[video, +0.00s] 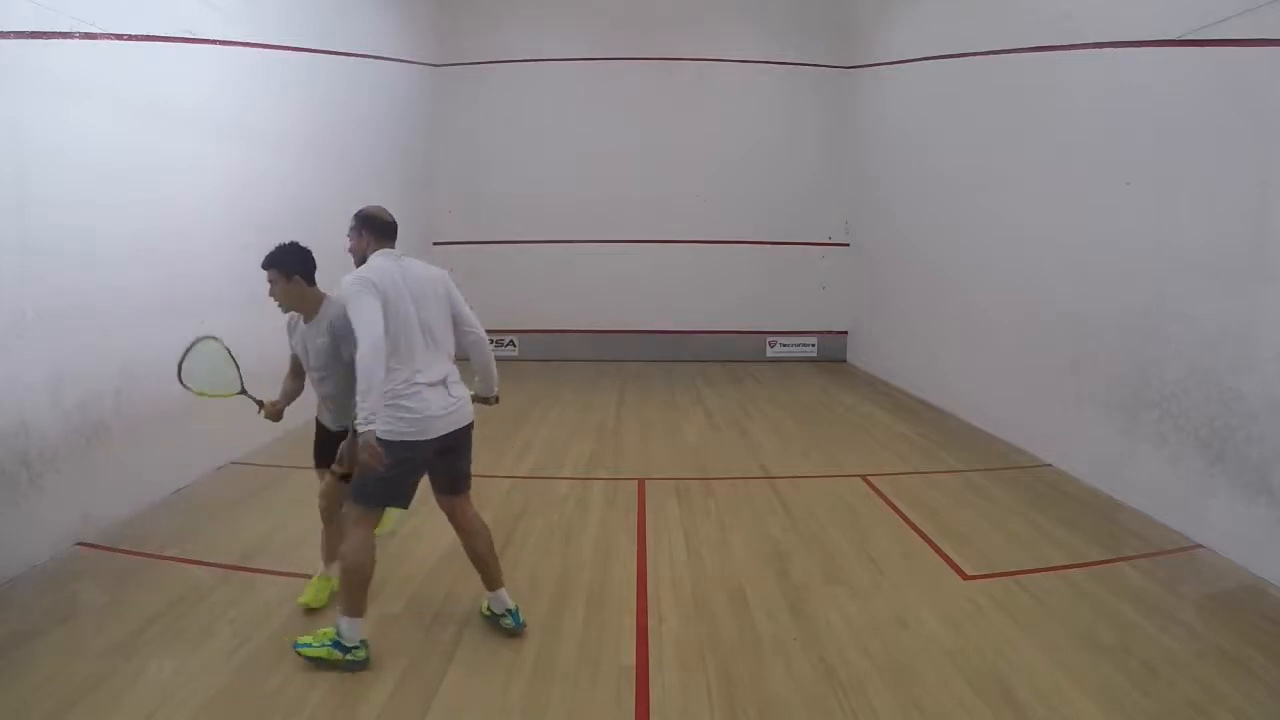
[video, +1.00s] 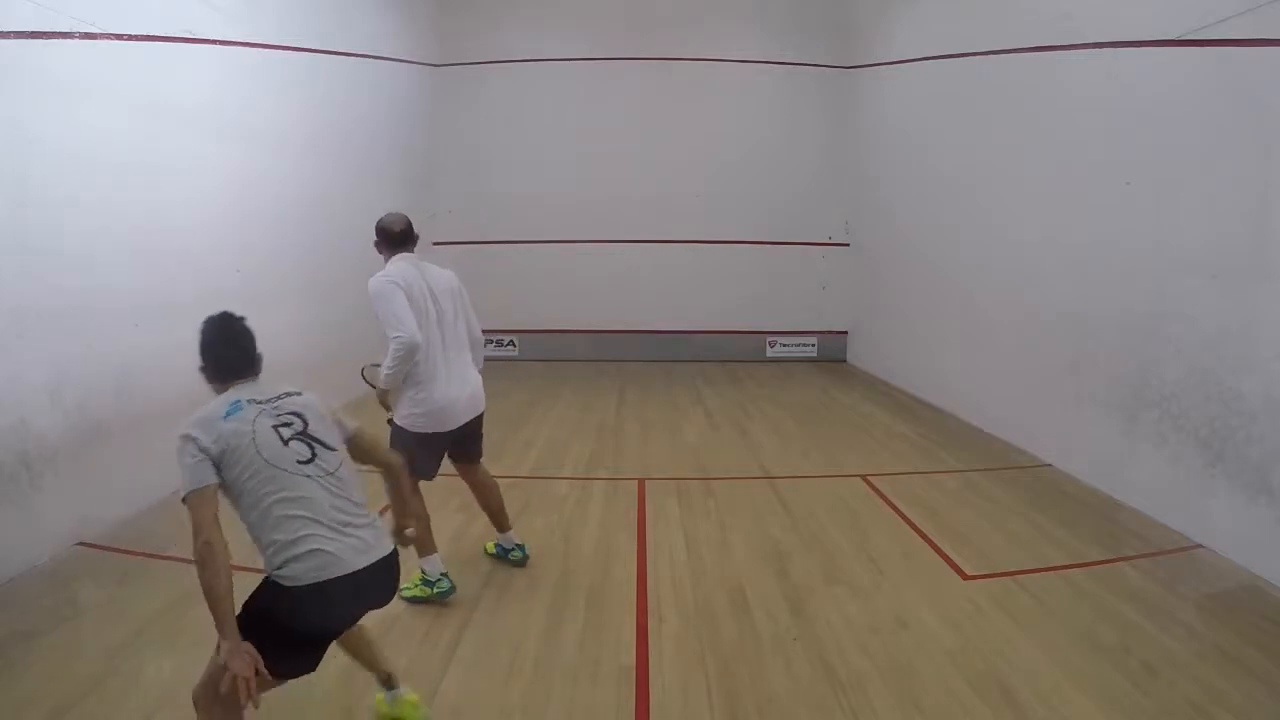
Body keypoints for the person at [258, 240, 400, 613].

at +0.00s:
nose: (270, 293)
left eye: (273, 283)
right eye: (269, 284)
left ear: (297, 280)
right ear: (295, 281)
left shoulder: (341, 316)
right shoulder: (295, 324)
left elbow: (368, 378)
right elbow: (296, 374)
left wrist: (355, 438)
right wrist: (280, 401)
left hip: (358, 425)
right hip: (327, 423)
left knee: (329, 502)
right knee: (334, 494)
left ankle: (329, 571)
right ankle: (388, 502)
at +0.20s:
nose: (222, 293)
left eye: (227, 282)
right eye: (220, 284)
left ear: (257, 281)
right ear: (249, 285)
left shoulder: (309, 324)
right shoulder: (243, 336)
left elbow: (337, 391)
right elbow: (242, 390)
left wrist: (304, 446)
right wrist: (234, 410)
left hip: (327, 443)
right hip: (280, 439)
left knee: (312, 534)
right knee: (250, 530)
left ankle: (322, 578)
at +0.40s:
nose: (159, 310)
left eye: (164, 296)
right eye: (157, 299)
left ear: (198, 291)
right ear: (188, 296)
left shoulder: (258, 330)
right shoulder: (182, 358)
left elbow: (296, 389)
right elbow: (172, 446)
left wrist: (236, 420)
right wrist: (166, 422)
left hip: (289, 488)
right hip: (233, 487)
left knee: (282, 609)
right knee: (207, 593)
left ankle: (319, 597)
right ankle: (234, 697)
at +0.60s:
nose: (96, 364)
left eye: (100, 349)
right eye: (95, 351)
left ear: (134, 344)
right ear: (135, 346)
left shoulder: (209, 362)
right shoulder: (138, 410)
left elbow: (211, 446)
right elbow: (135, 491)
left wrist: (111, 469)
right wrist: (141, 406)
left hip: (291, 517)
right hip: (236, 519)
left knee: (251, 654)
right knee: (160, 620)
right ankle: (187, 714)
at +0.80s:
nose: (113, 425)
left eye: (110, 415)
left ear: (114, 415)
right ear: (164, 398)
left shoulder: (151, 464)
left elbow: (194, 572)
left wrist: (205, 683)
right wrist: (159, 608)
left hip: (293, 594)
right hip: (334, 568)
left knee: (184, 705)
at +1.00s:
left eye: (203, 363)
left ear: (206, 372)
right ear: (258, 361)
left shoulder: (202, 430)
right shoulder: (304, 401)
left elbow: (208, 541)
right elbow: (393, 461)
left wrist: (229, 639)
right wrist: (403, 521)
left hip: (310, 593)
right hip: (381, 569)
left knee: (212, 698)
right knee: (333, 613)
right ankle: (396, 691)